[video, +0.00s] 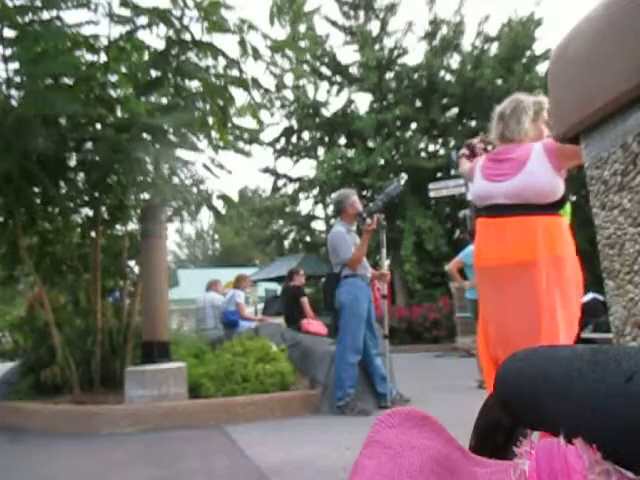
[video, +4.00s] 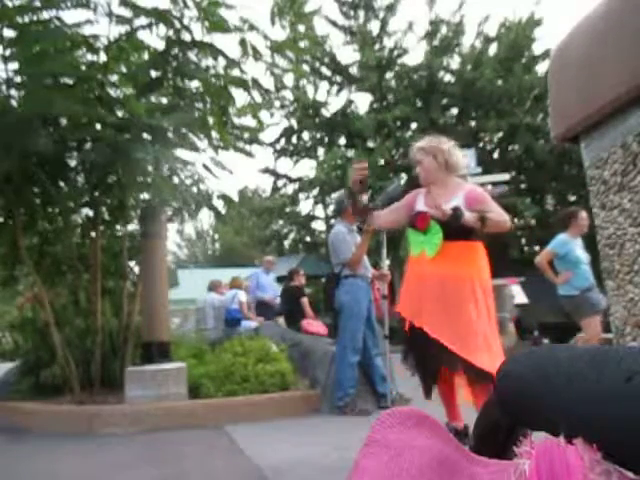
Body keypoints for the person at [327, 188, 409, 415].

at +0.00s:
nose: (361, 206)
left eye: (359, 201)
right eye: (357, 202)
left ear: (350, 207)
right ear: (347, 207)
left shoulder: (350, 233)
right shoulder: (337, 234)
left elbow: (358, 265)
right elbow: (353, 262)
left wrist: (374, 274)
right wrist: (367, 235)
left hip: (363, 285)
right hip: (351, 285)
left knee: (371, 344)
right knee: (350, 345)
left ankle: (386, 393)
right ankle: (344, 398)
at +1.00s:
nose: (360, 206)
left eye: (358, 201)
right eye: (356, 202)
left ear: (348, 207)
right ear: (347, 207)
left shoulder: (350, 233)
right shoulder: (337, 234)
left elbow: (357, 265)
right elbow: (352, 262)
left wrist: (374, 273)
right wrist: (366, 235)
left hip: (362, 284)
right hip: (350, 284)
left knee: (370, 344)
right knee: (350, 345)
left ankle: (386, 393)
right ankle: (344, 398)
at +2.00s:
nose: (360, 206)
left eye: (359, 202)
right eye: (356, 203)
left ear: (350, 207)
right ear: (345, 208)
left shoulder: (352, 233)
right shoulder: (337, 234)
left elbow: (357, 264)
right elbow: (353, 262)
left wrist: (374, 274)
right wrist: (365, 235)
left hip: (363, 284)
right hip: (350, 284)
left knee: (370, 343)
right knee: (351, 343)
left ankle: (385, 393)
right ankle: (343, 398)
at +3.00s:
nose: (361, 206)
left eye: (360, 202)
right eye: (356, 202)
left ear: (351, 207)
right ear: (346, 207)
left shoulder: (352, 232)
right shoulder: (338, 233)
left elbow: (358, 266)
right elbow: (353, 262)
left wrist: (375, 274)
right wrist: (367, 235)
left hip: (363, 285)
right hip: (351, 285)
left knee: (370, 344)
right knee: (351, 344)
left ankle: (386, 392)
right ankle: (344, 398)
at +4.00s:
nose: (361, 211)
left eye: (360, 206)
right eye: (357, 206)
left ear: (349, 209)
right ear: (346, 209)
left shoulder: (352, 232)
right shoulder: (339, 233)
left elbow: (358, 266)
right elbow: (352, 262)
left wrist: (375, 274)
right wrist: (367, 235)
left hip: (363, 284)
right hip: (350, 284)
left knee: (370, 343)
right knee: (350, 344)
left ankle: (385, 393)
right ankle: (344, 398)